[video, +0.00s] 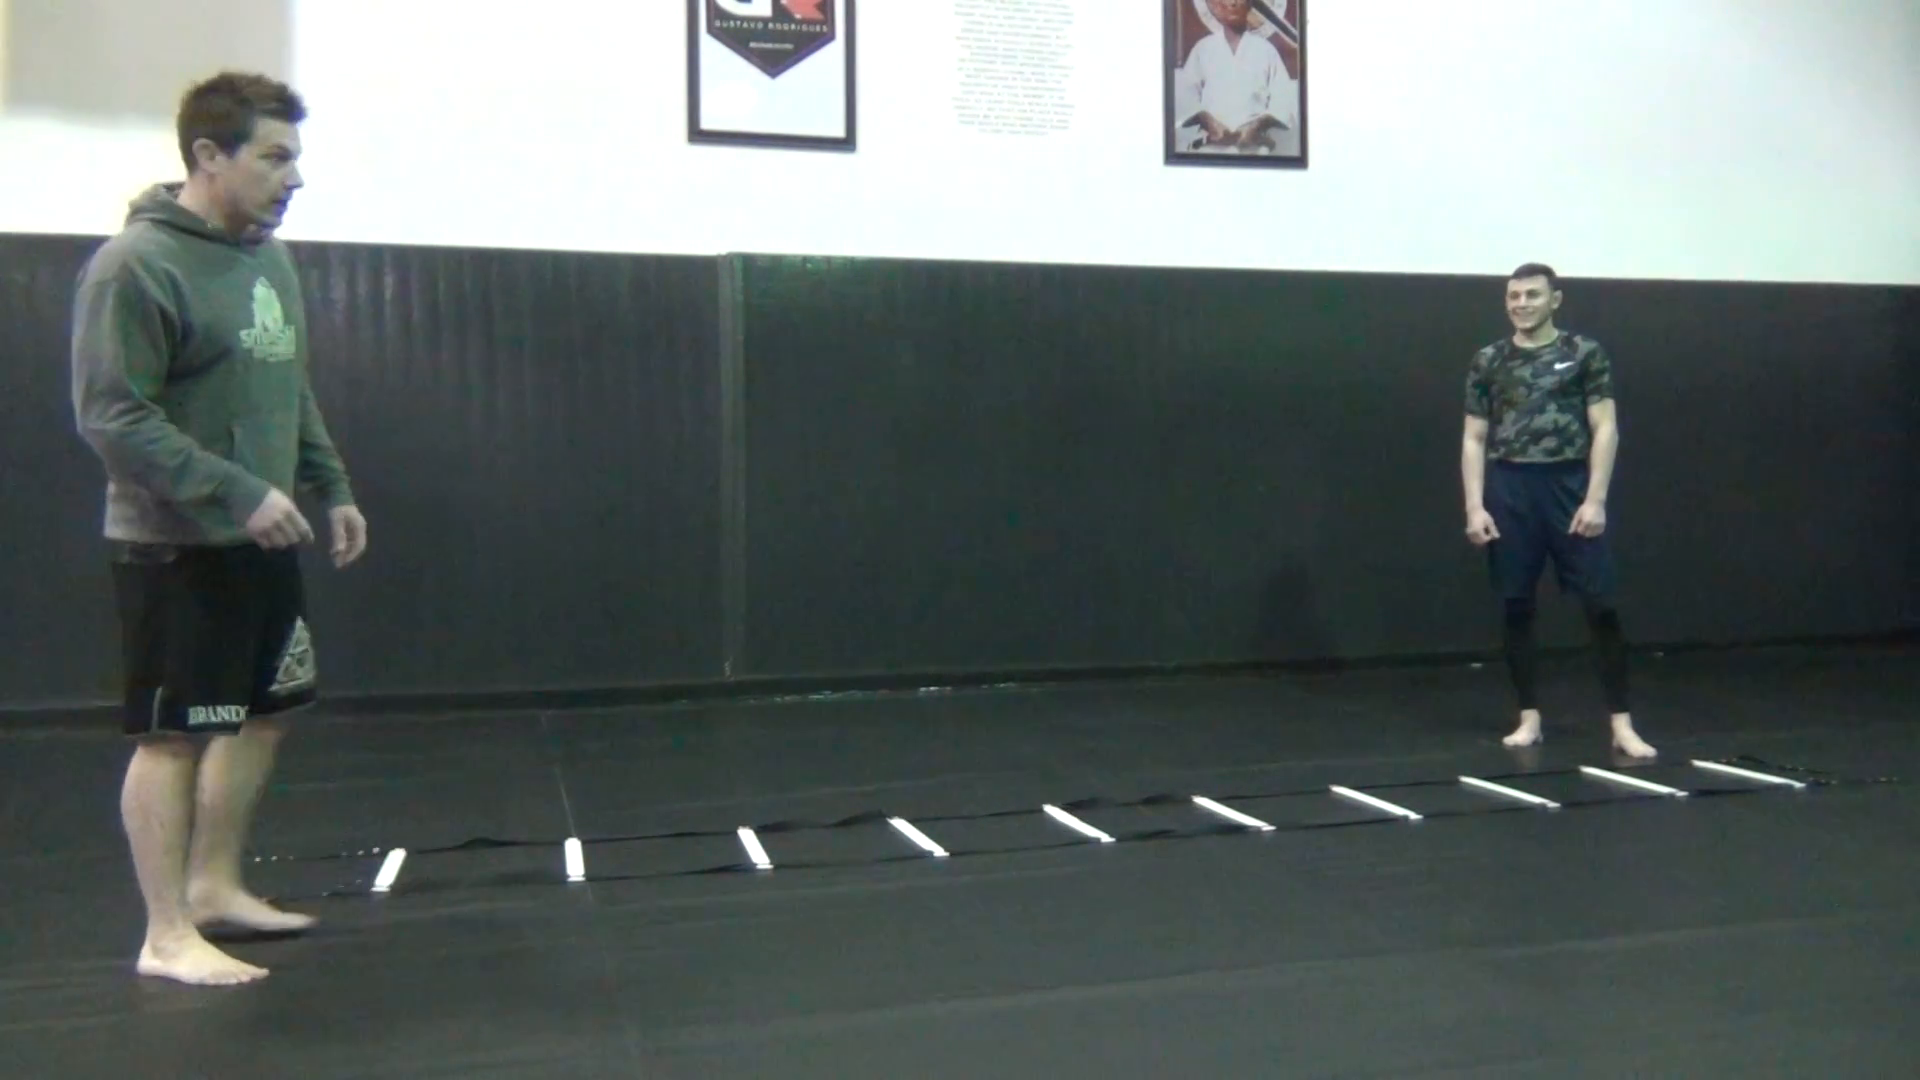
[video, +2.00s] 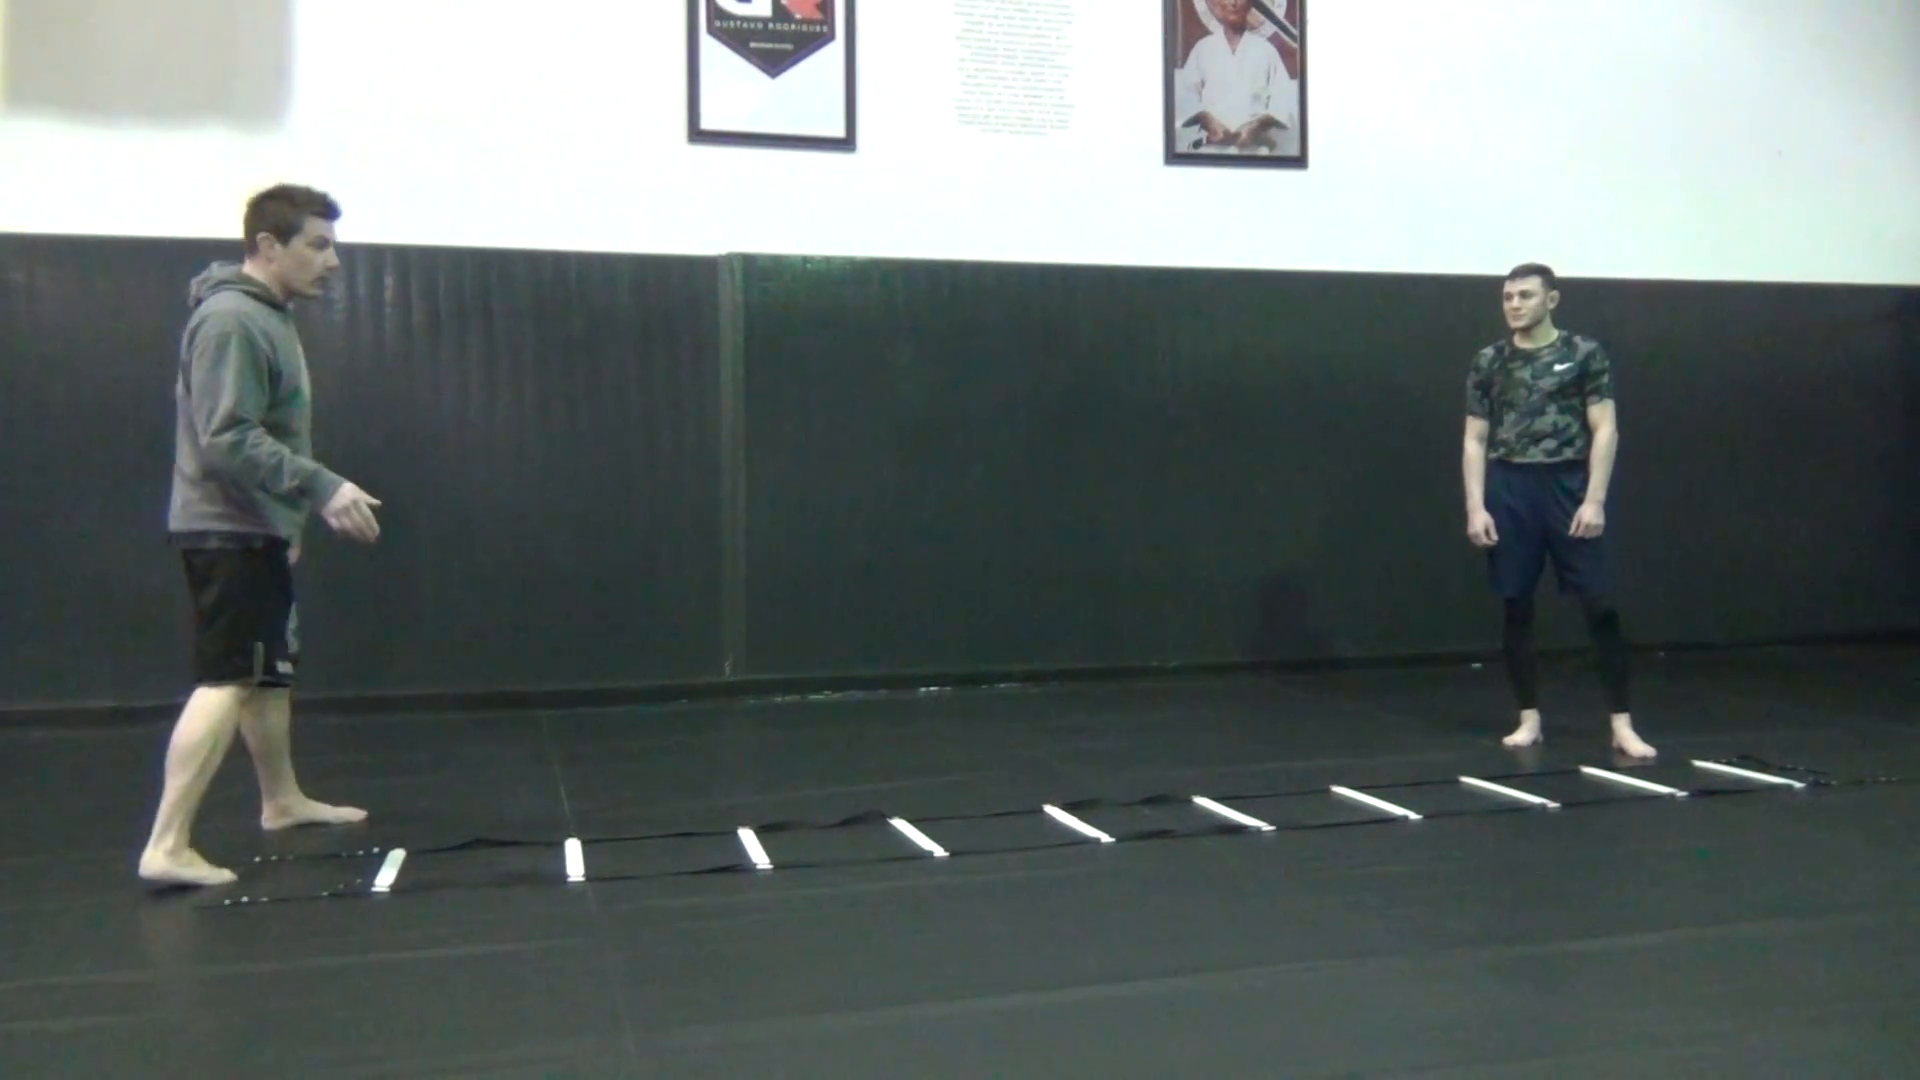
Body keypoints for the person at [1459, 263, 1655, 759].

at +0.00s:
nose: (1521, 304)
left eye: (1532, 295)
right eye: (1514, 296)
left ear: (1555, 300)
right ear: (1506, 303)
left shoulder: (1586, 354)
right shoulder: (1488, 361)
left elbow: (1605, 428)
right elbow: (1474, 438)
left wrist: (1595, 499)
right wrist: (1474, 506)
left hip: (1571, 490)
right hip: (1509, 491)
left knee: (1601, 603)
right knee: (1516, 605)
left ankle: (1621, 722)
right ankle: (1528, 716)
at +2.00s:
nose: (1514, 304)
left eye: (1525, 296)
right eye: (1508, 297)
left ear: (1551, 300)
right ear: (1502, 304)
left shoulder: (1585, 354)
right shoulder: (1488, 361)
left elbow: (1604, 429)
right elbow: (1475, 439)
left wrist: (1595, 500)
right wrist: (1475, 507)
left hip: (1570, 490)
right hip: (1510, 491)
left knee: (1600, 604)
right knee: (1515, 605)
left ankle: (1621, 724)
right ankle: (1528, 718)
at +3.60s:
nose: (1512, 305)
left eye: (1523, 296)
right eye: (1507, 298)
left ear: (1551, 300)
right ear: (1503, 304)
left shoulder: (1586, 354)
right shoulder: (1489, 361)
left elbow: (1603, 430)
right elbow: (1474, 437)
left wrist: (1597, 499)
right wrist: (1476, 498)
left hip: (1570, 490)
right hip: (1509, 492)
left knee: (1600, 603)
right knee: (1514, 605)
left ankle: (1620, 723)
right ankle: (1528, 717)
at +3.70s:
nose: (1511, 305)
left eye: (1522, 296)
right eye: (1507, 297)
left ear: (1550, 300)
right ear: (1502, 304)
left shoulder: (1586, 354)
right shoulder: (1488, 360)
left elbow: (1603, 430)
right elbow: (1474, 436)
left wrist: (1599, 499)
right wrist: (1476, 498)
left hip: (1570, 489)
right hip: (1509, 491)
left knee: (1600, 603)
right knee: (1515, 605)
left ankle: (1620, 723)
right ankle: (1528, 717)